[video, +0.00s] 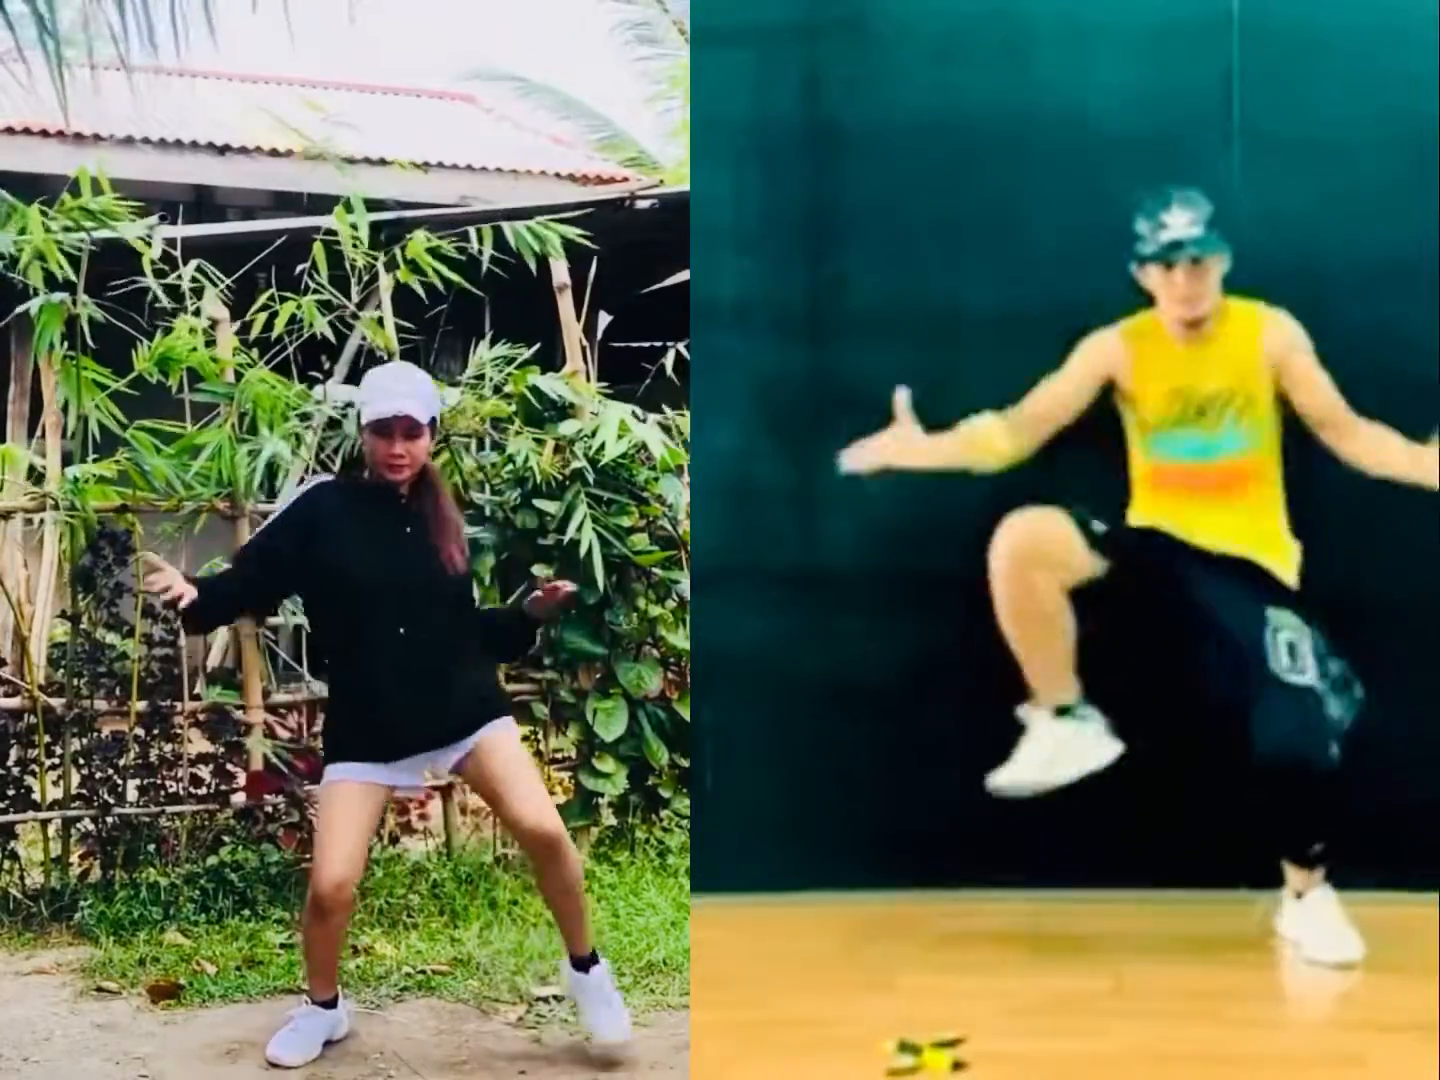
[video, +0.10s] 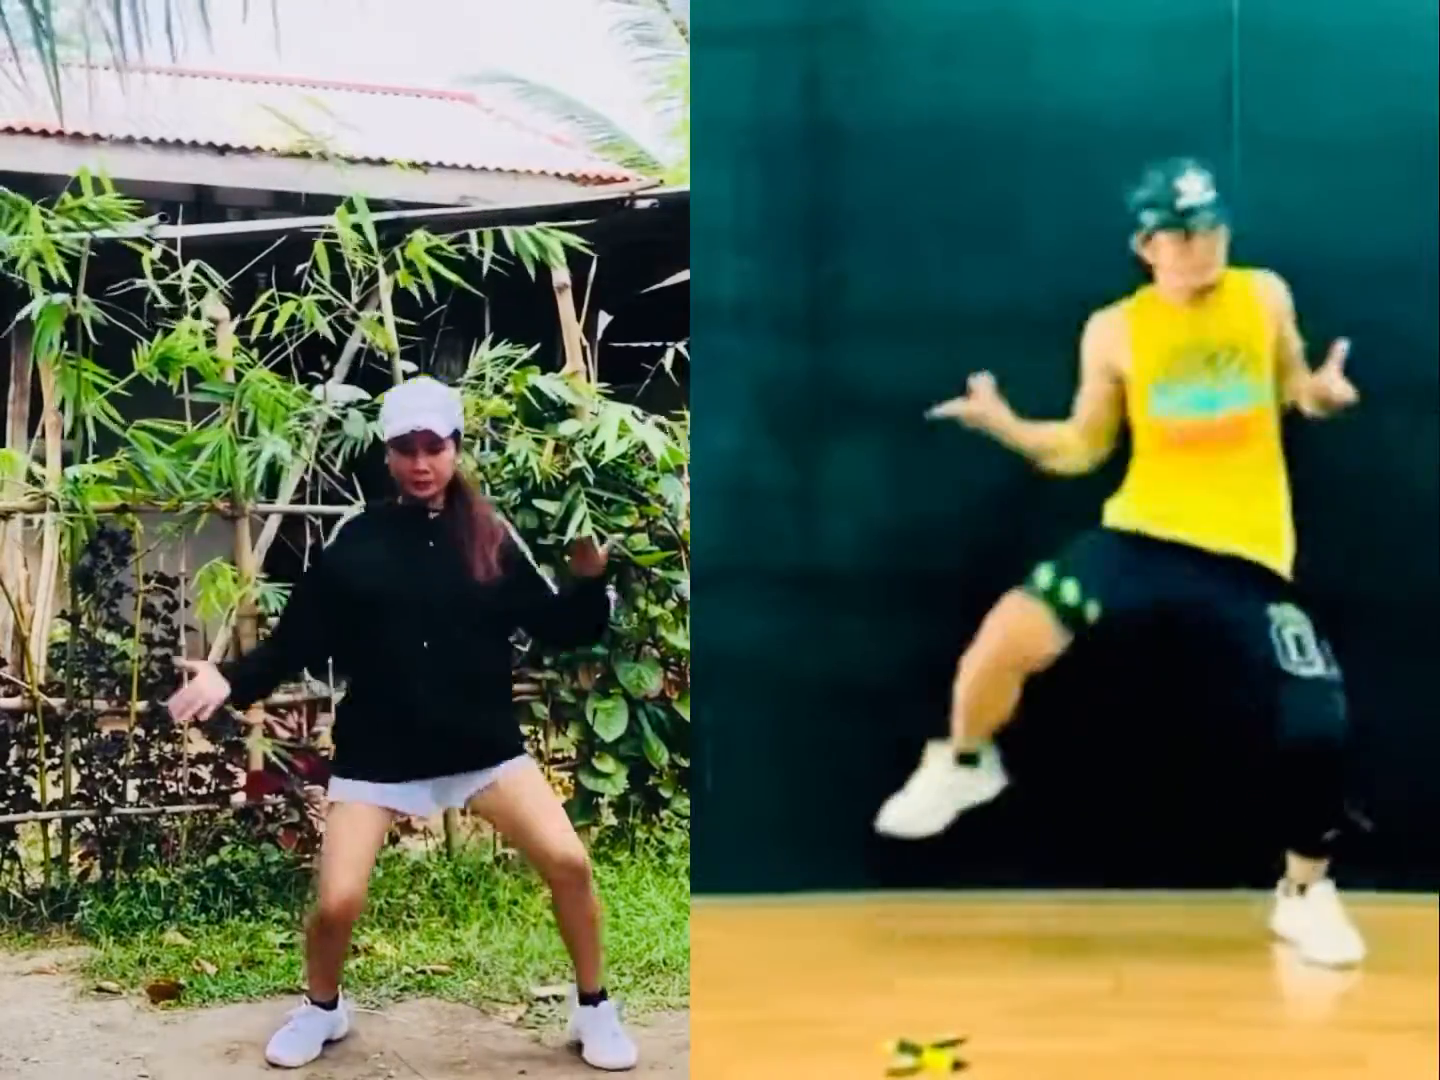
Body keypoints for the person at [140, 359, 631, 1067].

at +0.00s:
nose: (398, 448)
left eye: (411, 434)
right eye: (384, 433)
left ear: (432, 438)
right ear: (363, 436)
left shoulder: (440, 517)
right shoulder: (324, 510)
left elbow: (460, 630)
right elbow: (252, 579)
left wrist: (528, 613)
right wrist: (195, 598)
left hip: (466, 710)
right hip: (365, 729)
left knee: (543, 829)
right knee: (329, 888)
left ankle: (587, 969)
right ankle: (322, 1007)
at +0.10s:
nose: (420, 464)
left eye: (434, 448)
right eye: (405, 449)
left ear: (456, 452)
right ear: (386, 456)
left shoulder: (486, 536)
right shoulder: (355, 547)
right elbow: (295, 642)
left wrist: (588, 581)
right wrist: (229, 679)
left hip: (482, 745)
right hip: (375, 753)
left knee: (570, 860)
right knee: (336, 904)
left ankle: (595, 1007)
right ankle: (320, 1009)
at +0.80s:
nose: (478, 454)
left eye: (493, 439)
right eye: (472, 440)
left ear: (537, 440)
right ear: (468, 443)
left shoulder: (588, 518)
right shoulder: (467, 530)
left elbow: (643, 617)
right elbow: (394, 608)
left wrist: (642, 620)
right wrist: (299, 595)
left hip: (583, 727)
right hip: (492, 707)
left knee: (575, 894)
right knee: (360, 751)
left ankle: (592, 1014)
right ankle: (398, 903)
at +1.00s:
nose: (435, 457)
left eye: (449, 443)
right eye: (429, 443)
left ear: (492, 443)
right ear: (424, 446)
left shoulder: (545, 504)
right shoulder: (443, 530)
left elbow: (632, 567)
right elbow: (427, 646)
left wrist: (580, 535)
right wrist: (354, 687)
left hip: (521, 739)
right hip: (417, 733)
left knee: (574, 891)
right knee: (341, 871)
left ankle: (592, 1016)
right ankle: (308, 1002)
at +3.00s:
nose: (429, 465)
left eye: (445, 454)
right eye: (416, 453)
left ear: (468, 472)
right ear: (399, 470)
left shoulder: (494, 559)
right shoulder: (365, 557)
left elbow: (538, 683)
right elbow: (294, 638)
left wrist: (542, 664)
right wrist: (226, 613)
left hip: (510, 767)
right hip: (405, 771)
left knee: (559, 910)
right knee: (330, 900)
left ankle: (585, 1011)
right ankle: (326, 1015)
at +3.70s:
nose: (384, 421)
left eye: (398, 409)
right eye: (369, 409)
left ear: (420, 424)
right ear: (349, 424)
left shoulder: (442, 509)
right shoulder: (307, 517)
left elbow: (478, 627)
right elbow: (277, 635)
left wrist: (494, 605)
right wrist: (256, 606)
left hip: (427, 704)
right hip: (324, 724)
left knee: (551, 793)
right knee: (304, 890)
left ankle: (552, 941)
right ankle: (324, 1009)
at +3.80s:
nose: (401, 445)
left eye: (416, 432)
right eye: (386, 433)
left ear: (439, 447)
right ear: (367, 447)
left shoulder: (462, 526)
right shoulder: (323, 527)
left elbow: (463, 633)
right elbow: (250, 607)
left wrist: (503, 649)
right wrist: (221, 561)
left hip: (467, 737)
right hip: (360, 746)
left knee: (546, 868)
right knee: (305, 893)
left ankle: (591, 995)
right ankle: (326, 1011)